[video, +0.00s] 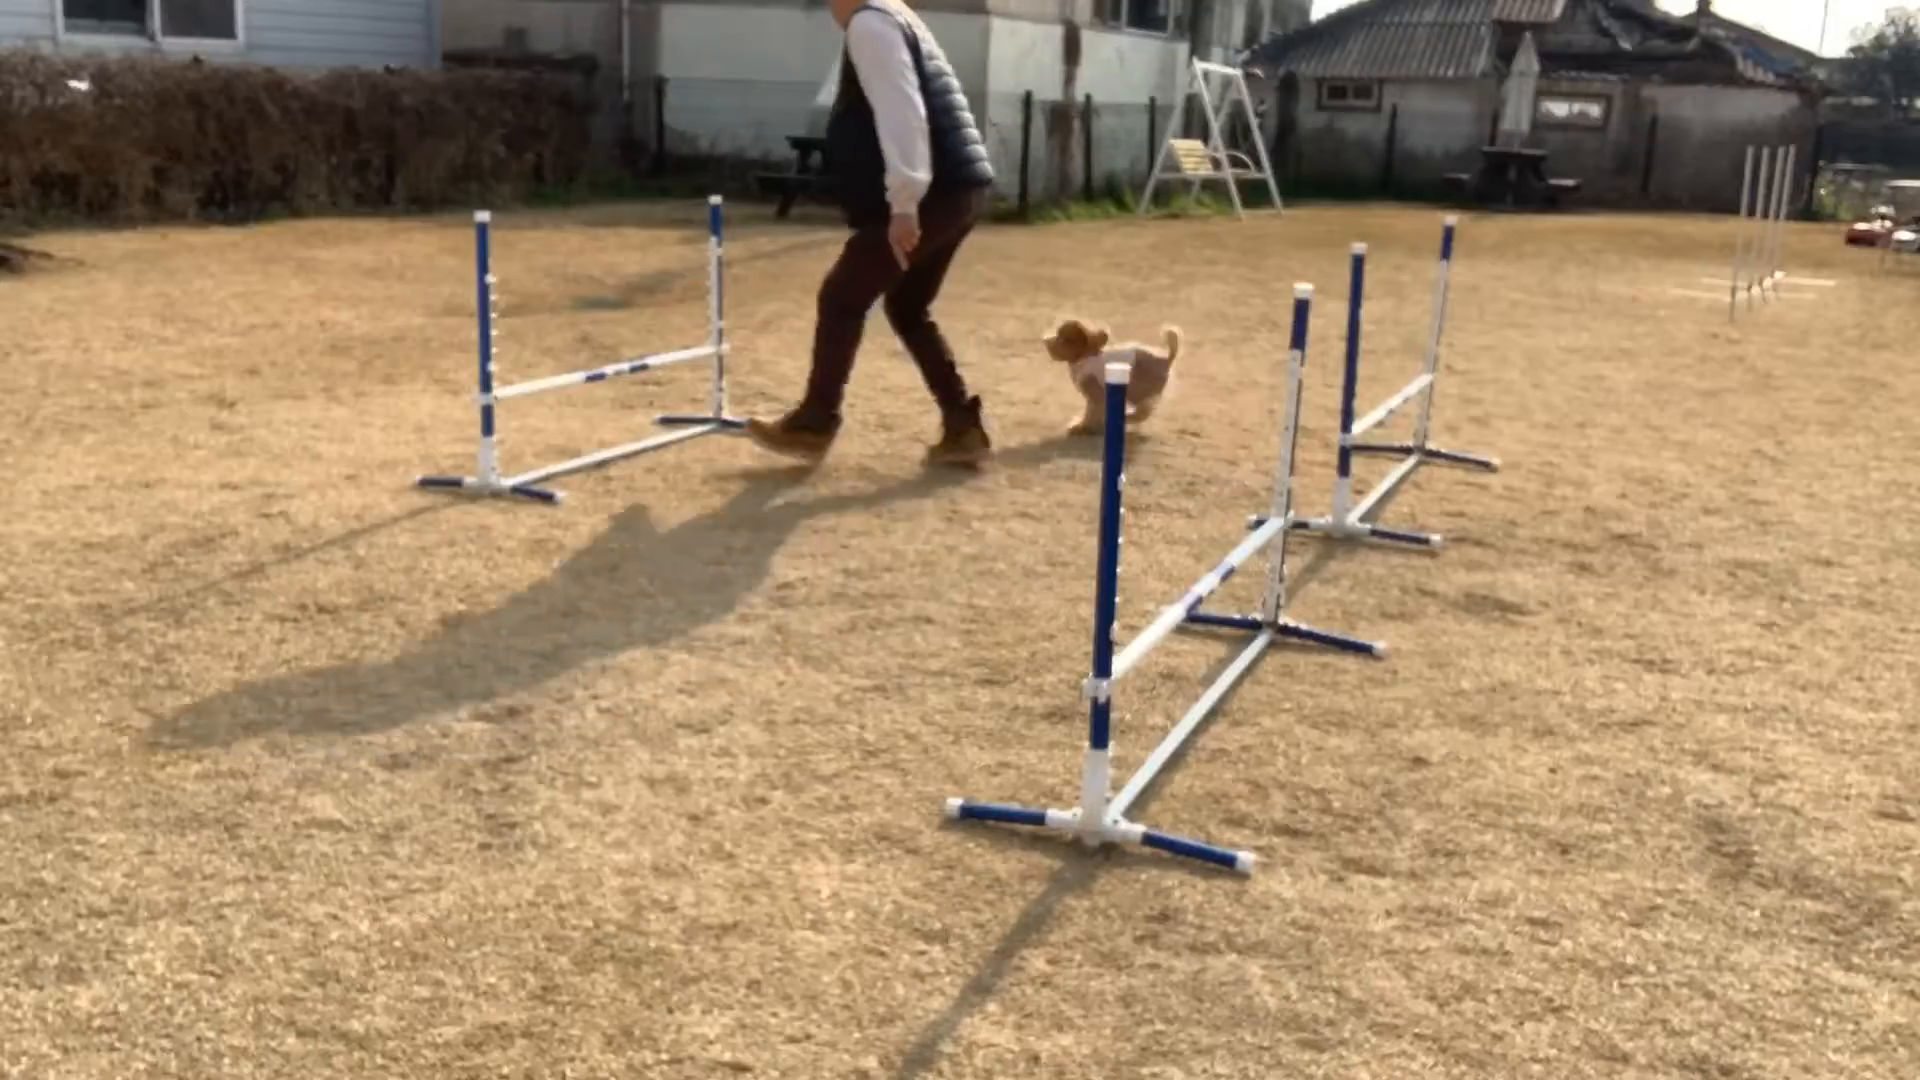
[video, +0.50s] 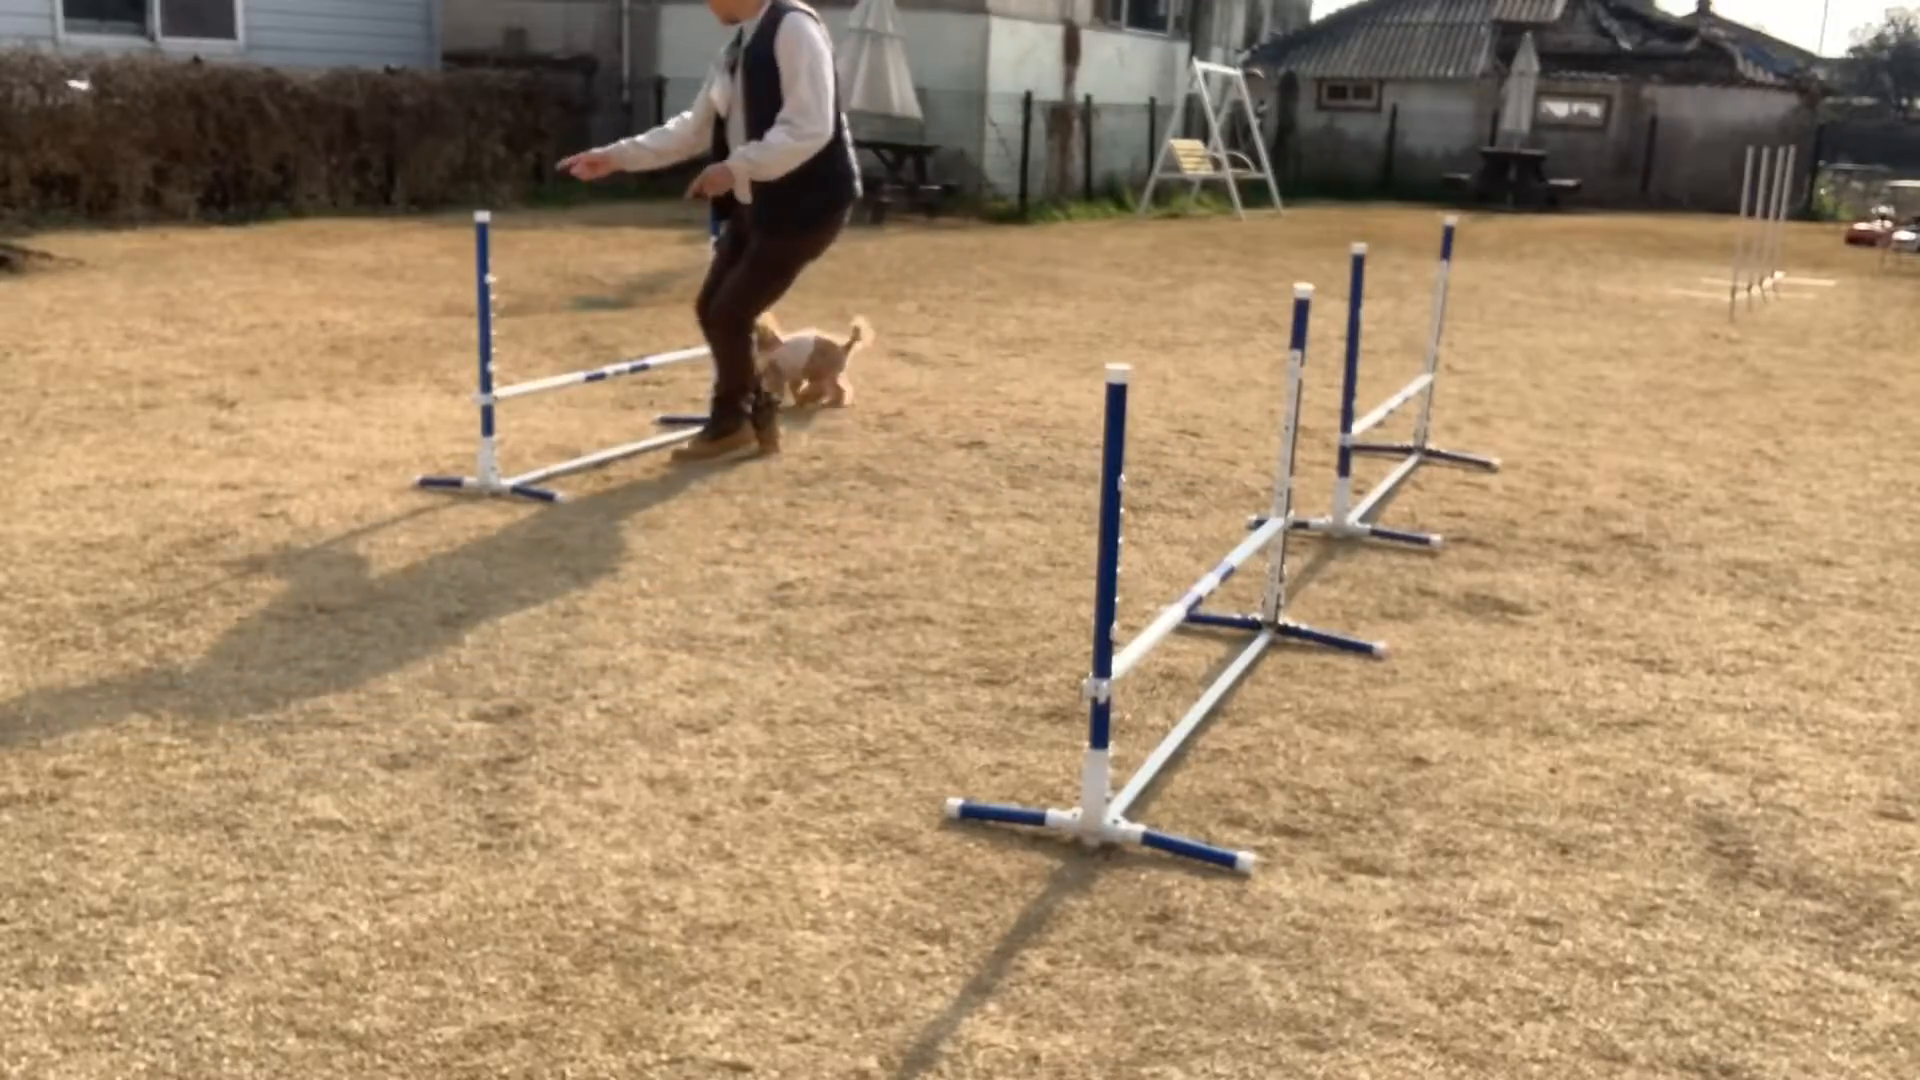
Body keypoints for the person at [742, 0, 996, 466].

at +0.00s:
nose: (829, 9)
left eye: (829, 3)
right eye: (829, 5)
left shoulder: (869, 23)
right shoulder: (897, 19)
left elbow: (901, 110)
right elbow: (920, 111)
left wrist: (903, 205)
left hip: (930, 193)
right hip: (960, 189)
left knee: (841, 298)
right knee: (908, 308)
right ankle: (963, 426)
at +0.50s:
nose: (709, 3)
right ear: (737, 0)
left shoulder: (796, 28)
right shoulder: (738, 47)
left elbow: (810, 127)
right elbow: (695, 130)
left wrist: (736, 167)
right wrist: (614, 157)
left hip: (808, 206)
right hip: (761, 203)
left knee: (728, 312)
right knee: (711, 308)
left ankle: (728, 424)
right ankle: (756, 407)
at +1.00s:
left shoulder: (821, 12)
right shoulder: (894, 12)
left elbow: (788, 118)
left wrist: (723, 180)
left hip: (867, 188)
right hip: (917, 185)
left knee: (814, 318)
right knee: (842, 311)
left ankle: (848, 454)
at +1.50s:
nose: (1079, 18)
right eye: (1078, 13)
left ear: (1009, 5)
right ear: (1064, 6)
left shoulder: (968, 43)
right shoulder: (1073, 32)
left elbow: (941, 135)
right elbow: (1107, 141)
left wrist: (947, 241)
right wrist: (1116, 243)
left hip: (938, 199)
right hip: (1002, 197)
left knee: (1005, 315)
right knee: (1005, 350)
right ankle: (931, 464)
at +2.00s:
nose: (1270, 31)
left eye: (1274, 21)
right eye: (1273, 16)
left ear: (1248, 9)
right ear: (1252, 3)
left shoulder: (1211, 72)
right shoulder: (1189, 22)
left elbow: (1245, 168)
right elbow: (1171, 135)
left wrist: (1341, 201)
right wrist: (1212, 230)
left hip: (1124, 217)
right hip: (1092, 208)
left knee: (1137, 344)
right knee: (1167, 347)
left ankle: (1073, 466)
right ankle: (1199, 513)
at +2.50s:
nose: (1314, 23)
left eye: (1318, 12)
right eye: (1312, 8)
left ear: (1272, 6)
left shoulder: (1251, 63)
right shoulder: (1200, 33)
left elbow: (1247, 181)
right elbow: (1254, 147)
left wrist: (1286, 251)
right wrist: (1352, 217)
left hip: (1223, 246)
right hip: (1159, 246)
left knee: (1285, 373)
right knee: (1256, 379)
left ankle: (1271, 526)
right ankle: (1154, 510)